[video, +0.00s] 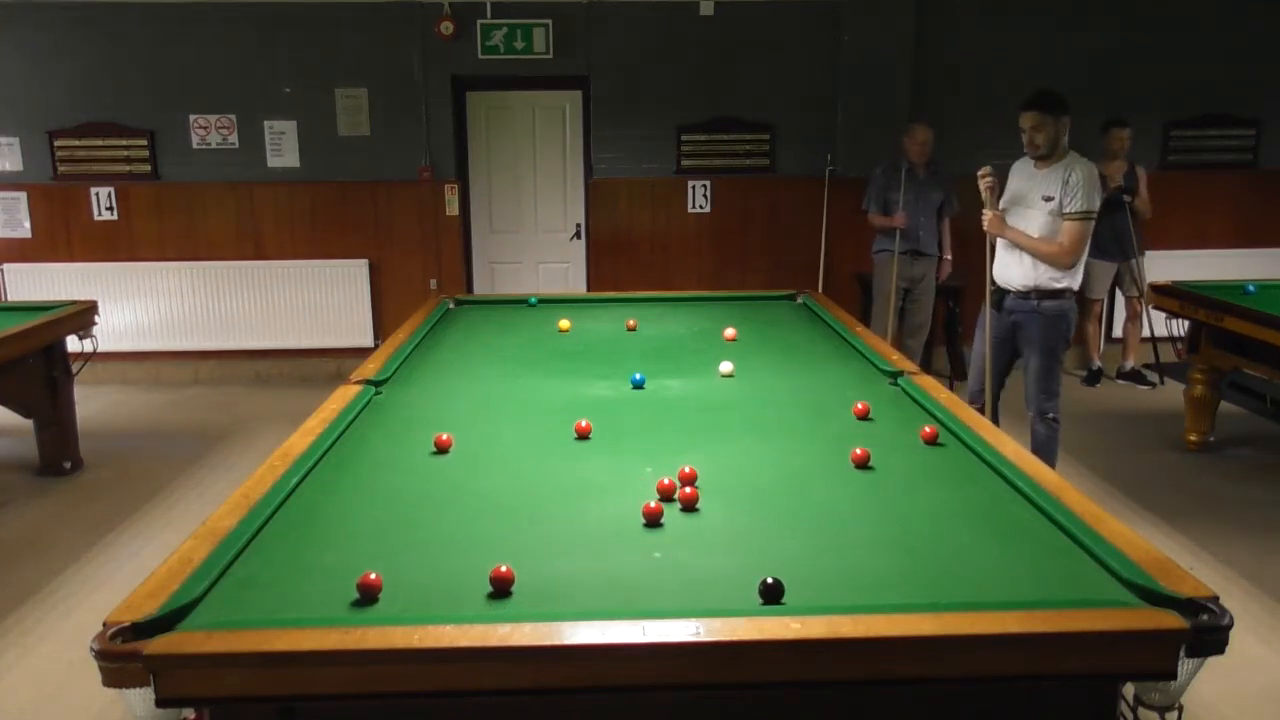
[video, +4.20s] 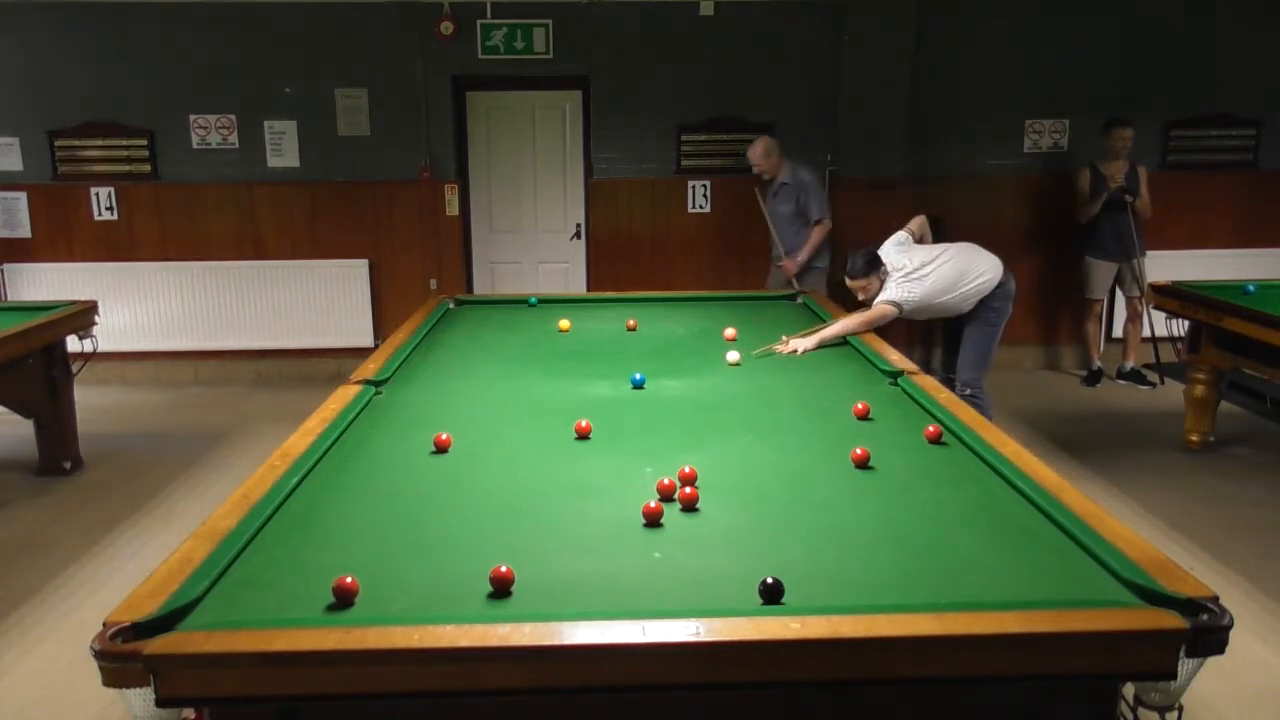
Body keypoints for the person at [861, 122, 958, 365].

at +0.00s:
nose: (922, 149)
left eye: (926, 144)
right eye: (917, 143)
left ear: (932, 147)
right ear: (906, 143)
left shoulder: (937, 177)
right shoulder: (886, 174)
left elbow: (944, 219)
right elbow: (873, 218)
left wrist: (947, 256)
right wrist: (891, 222)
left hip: (927, 258)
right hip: (891, 256)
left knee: (918, 327)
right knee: (884, 324)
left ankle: (907, 382)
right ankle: (877, 378)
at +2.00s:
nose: (922, 150)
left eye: (927, 145)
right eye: (917, 145)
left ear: (932, 149)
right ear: (907, 146)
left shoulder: (938, 180)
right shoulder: (890, 174)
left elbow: (945, 218)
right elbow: (871, 217)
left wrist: (929, 245)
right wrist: (905, 240)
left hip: (925, 258)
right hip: (891, 256)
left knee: (918, 324)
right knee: (886, 322)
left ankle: (909, 382)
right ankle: (879, 378)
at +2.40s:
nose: (912, 153)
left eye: (916, 148)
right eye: (907, 148)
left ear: (922, 150)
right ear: (897, 148)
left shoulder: (929, 180)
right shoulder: (880, 176)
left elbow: (936, 220)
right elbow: (854, 211)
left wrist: (926, 253)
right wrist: (864, 246)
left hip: (917, 263)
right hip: (882, 259)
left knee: (912, 331)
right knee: (879, 329)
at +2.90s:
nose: (869, 155)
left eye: (874, 150)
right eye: (866, 150)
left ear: (886, 152)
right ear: (862, 151)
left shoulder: (897, 181)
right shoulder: (850, 178)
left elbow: (910, 221)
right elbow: (834, 219)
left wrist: (909, 252)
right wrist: (837, 260)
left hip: (895, 259)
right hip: (859, 259)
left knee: (898, 323)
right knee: (861, 319)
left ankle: (901, 375)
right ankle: (863, 373)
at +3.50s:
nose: (831, 172)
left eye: (836, 167)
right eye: (827, 167)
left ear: (849, 161)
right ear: (823, 163)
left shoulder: (875, 179)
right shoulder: (827, 182)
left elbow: (896, 217)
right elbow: (825, 223)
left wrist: (871, 241)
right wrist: (820, 263)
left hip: (869, 261)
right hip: (840, 262)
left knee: (868, 318)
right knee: (845, 316)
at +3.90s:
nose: (795, 172)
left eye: (799, 167)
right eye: (792, 167)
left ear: (815, 159)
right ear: (789, 164)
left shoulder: (844, 179)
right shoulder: (802, 181)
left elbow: (861, 224)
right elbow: (809, 222)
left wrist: (830, 254)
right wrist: (800, 255)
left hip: (843, 267)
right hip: (814, 267)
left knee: (843, 329)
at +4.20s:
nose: (755, 171)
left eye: (759, 165)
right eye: (753, 166)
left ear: (774, 158)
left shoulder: (804, 180)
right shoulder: (772, 183)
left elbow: (824, 223)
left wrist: (799, 260)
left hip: (811, 267)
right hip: (781, 263)